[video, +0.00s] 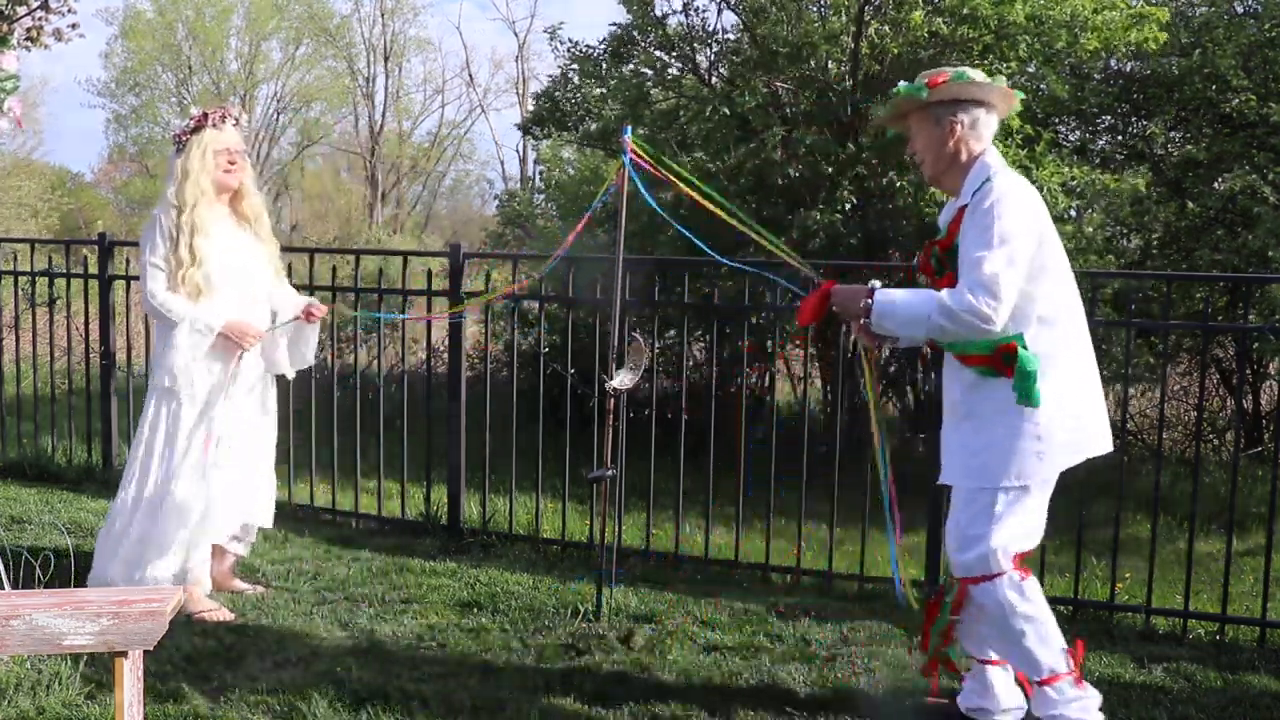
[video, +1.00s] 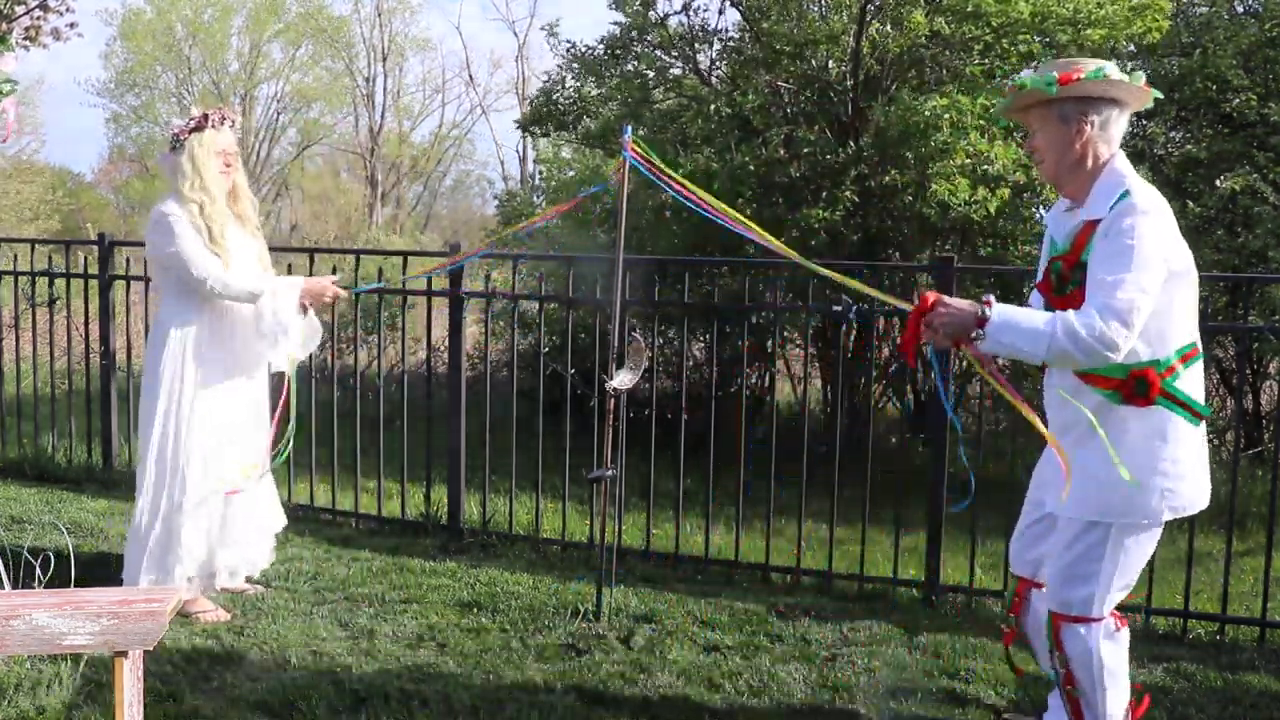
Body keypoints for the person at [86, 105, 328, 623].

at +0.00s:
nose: (234, 160)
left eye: (240, 153)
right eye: (222, 152)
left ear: (248, 162)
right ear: (196, 160)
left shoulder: (250, 222)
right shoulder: (171, 218)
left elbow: (270, 286)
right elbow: (155, 294)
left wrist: (297, 306)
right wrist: (220, 323)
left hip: (248, 365)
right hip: (195, 367)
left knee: (242, 464)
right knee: (194, 470)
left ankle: (222, 570)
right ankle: (192, 587)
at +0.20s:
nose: (234, 153)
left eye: (241, 145)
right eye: (222, 146)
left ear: (250, 153)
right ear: (198, 155)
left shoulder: (255, 209)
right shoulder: (177, 207)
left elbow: (273, 272)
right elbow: (156, 280)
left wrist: (313, 273)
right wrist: (219, 288)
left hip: (248, 361)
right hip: (193, 361)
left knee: (240, 456)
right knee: (195, 464)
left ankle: (222, 567)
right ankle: (190, 587)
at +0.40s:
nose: (229, 161)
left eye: (236, 152)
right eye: (217, 153)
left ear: (243, 159)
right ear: (193, 160)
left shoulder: (250, 218)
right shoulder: (170, 216)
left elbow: (273, 279)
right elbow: (156, 288)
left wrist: (315, 279)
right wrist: (217, 303)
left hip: (246, 362)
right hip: (191, 364)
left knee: (236, 462)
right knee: (187, 467)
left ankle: (221, 569)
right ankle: (180, 584)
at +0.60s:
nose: (223, 159)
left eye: (230, 151)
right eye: (212, 151)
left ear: (237, 158)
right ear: (185, 158)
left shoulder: (242, 213)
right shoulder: (164, 212)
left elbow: (271, 282)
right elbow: (151, 287)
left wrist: (319, 287)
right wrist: (219, 306)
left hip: (243, 361)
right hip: (190, 363)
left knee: (236, 463)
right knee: (189, 467)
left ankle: (221, 570)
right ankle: (178, 584)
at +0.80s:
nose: (225, 163)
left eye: (230, 156)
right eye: (214, 155)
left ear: (236, 164)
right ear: (187, 162)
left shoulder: (238, 223)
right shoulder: (163, 219)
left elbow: (258, 289)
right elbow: (174, 290)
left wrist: (300, 297)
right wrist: (250, 315)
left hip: (236, 365)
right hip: (186, 369)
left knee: (232, 465)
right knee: (187, 469)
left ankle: (221, 568)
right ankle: (178, 583)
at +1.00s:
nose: (229, 163)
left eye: (233, 154)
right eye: (218, 154)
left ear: (238, 161)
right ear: (189, 160)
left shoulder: (237, 221)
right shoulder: (170, 216)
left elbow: (256, 304)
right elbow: (212, 280)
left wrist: (303, 300)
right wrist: (295, 289)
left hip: (235, 363)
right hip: (189, 363)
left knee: (234, 463)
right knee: (191, 468)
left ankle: (224, 569)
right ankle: (180, 586)